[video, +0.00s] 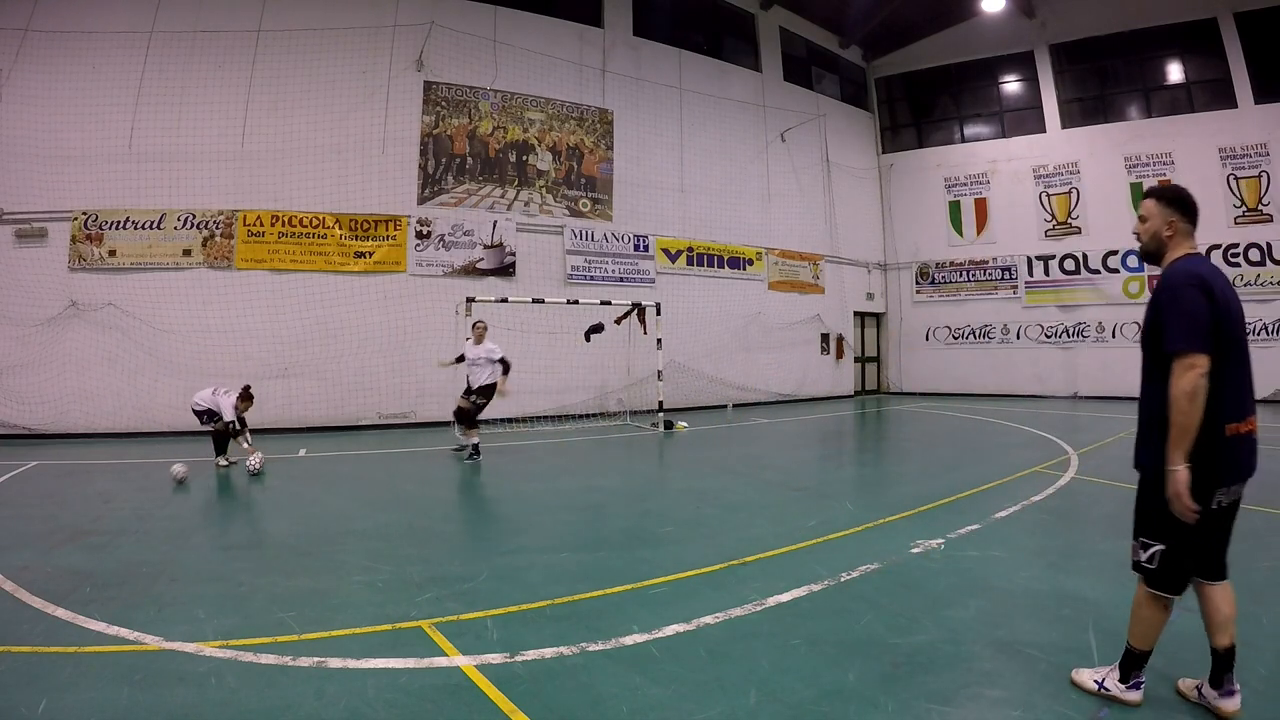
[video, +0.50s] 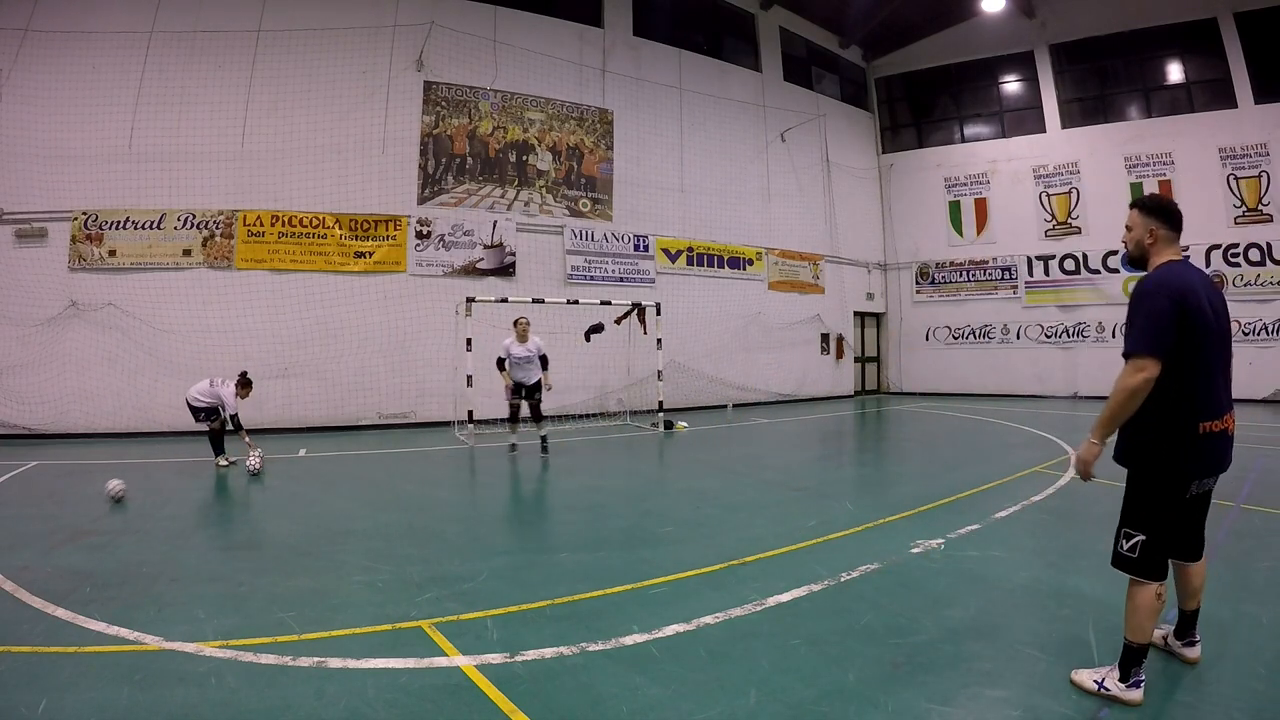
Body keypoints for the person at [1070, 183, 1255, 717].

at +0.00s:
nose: (1135, 229)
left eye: (1143, 220)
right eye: (1136, 220)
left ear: (1171, 225)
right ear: (1177, 227)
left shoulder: (1182, 283)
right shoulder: (1207, 277)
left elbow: (1192, 373)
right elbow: (1211, 373)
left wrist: (1176, 461)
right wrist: (1182, 455)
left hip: (1184, 462)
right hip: (1220, 459)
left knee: (1157, 576)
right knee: (1210, 570)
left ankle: (1127, 677)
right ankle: (1223, 685)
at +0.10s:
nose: (1125, 232)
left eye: (1131, 222)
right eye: (1127, 222)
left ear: (1159, 227)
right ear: (1170, 228)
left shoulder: (1164, 282)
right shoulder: (1204, 276)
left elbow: (1170, 370)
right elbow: (1214, 368)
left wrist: (1147, 457)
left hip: (1180, 455)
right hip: (1218, 452)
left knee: (1149, 571)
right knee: (1194, 559)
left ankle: (1127, 677)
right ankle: (1221, 669)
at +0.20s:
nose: (1118, 235)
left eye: (1125, 225)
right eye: (1120, 225)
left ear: (1150, 228)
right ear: (1166, 228)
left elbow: (1150, 372)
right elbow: (1214, 364)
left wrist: (1121, 452)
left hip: (1173, 449)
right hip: (1216, 444)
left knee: (1145, 564)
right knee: (1183, 544)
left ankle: (1128, 676)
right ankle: (1220, 649)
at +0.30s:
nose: (1116, 236)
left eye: (1122, 226)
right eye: (1118, 226)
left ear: (1147, 229)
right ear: (1165, 229)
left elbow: (1139, 372)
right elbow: (1213, 361)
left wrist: (1097, 445)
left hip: (1164, 450)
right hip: (1211, 444)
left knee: (1143, 563)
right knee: (1182, 541)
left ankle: (1128, 676)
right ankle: (1210, 643)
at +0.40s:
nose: (1118, 237)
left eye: (1124, 228)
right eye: (1120, 227)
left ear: (1147, 231)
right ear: (1165, 231)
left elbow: (1137, 372)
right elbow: (1214, 362)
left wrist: (1090, 440)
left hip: (1163, 449)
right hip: (1208, 444)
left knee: (1144, 564)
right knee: (1187, 543)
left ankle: (1127, 676)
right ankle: (1193, 638)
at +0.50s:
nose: (1123, 239)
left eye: (1129, 230)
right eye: (1125, 230)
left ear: (1152, 234)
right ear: (1169, 235)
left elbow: (1142, 373)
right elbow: (1214, 362)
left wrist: (1096, 438)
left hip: (1165, 449)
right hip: (1207, 444)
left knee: (1145, 565)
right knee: (1188, 545)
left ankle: (1127, 676)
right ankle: (1185, 636)